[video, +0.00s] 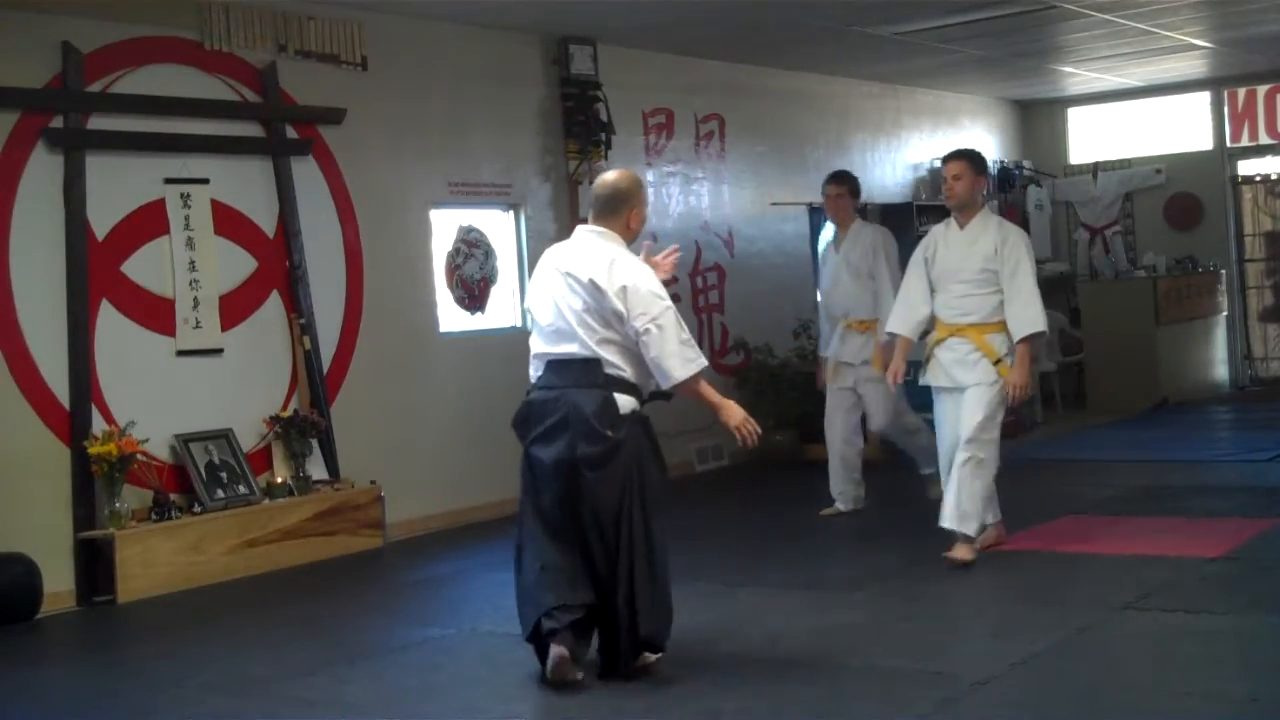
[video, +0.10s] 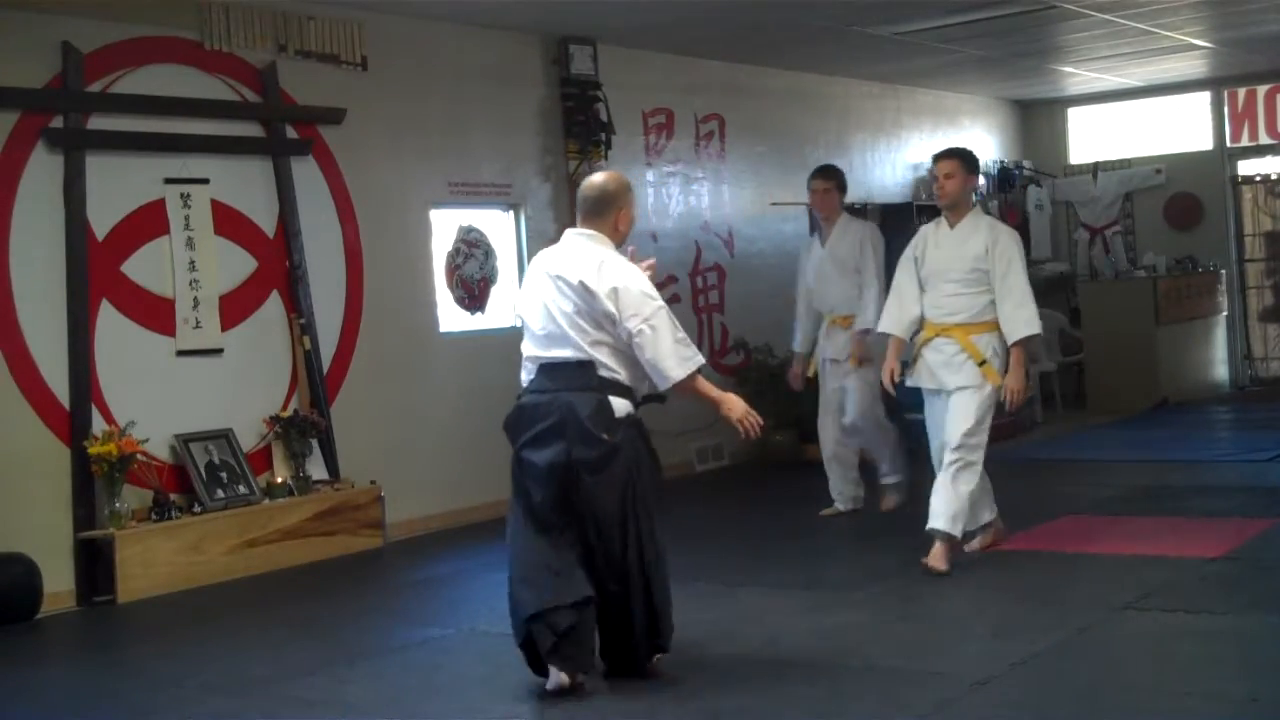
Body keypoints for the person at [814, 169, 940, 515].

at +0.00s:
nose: (831, 203)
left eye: (838, 197)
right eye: (827, 197)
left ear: (854, 200)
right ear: (822, 202)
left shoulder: (877, 237)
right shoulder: (828, 246)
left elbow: (889, 291)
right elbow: (827, 305)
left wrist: (886, 341)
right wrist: (825, 355)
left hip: (872, 341)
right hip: (839, 344)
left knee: (886, 418)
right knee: (839, 428)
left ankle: (932, 461)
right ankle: (847, 498)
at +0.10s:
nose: (819, 199)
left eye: (827, 191)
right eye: (814, 192)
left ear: (842, 195)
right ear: (808, 198)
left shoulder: (865, 233)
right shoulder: (812, 247)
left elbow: (873, 285)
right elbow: (806, 304)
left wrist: (863, 334)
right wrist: (800, 354)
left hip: (861, 331)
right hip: (828, 334)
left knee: (860, 414)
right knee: (830, 422)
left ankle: (892, 475)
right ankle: (846, 496)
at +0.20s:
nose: (807, 199)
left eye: (815, 192)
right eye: (802, 192)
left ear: (830, 195)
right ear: (796, 197)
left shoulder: (852, 235)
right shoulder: (798, 247)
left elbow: (861, 287)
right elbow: (785, 300)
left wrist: (845, 333)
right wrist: (775, 352)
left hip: (851, 334)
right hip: (817, 336)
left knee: (842, 411)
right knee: (820, 419)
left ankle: (855, 496)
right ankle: (840, 498)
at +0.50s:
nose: (776, 206)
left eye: (785, 199)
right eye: (771, 199)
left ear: (800, 205)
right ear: (765, 204)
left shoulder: (819, 249)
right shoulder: (762, 257)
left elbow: (823, 309)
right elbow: (745, 312)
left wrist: (804, 359)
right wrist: (729, 361)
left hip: (807, 347)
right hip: (776, 348)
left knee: (788, 436)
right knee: (792, 430)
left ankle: (801, 519)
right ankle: (836, 482)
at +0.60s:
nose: (766, 203)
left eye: (775, 196)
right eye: (761, 196)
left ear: (790, 201)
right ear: (754, 200)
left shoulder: (806, 246)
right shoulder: (751, 251)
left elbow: (810, 308)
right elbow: (738, 309)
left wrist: (793, 358)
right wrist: (726, 359)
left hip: (792, 348)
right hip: (759, 348)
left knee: (783, 439)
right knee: (757, 433)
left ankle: (800, 520)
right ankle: (812, 473)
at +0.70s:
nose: (753, 197)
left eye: (761, 190)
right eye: (747, 190)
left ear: (776, 195)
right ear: (740, 195)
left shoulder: (790, 238)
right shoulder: (739, 245)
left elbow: (794, 299)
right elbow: (729, 304)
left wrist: (779, 354)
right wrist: (720, 351)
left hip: (781, 346)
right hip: (744, 347)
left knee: (783, 439)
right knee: (734, 432)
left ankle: (801, 519)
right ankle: (771, 504)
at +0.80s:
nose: (736, 195)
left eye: (744, 188)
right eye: (730, 188)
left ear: (759, 193)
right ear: (723, 193)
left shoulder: (771, 237)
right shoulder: (726, 243)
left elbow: (775, 298)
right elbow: (723, 303)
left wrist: (763, 354)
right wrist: (715, 353)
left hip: (768, 343)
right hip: (731, 345)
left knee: (784, 437)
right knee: (714, 434)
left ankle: (801, 519)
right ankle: (726, 521)